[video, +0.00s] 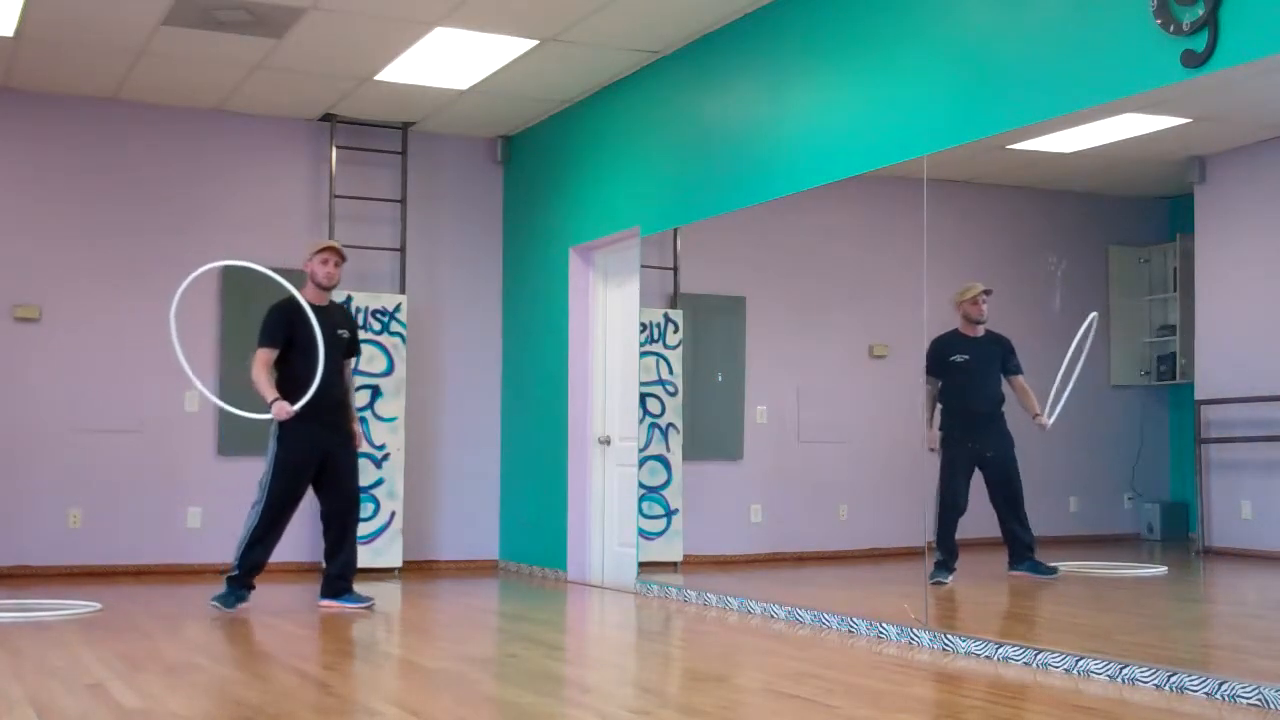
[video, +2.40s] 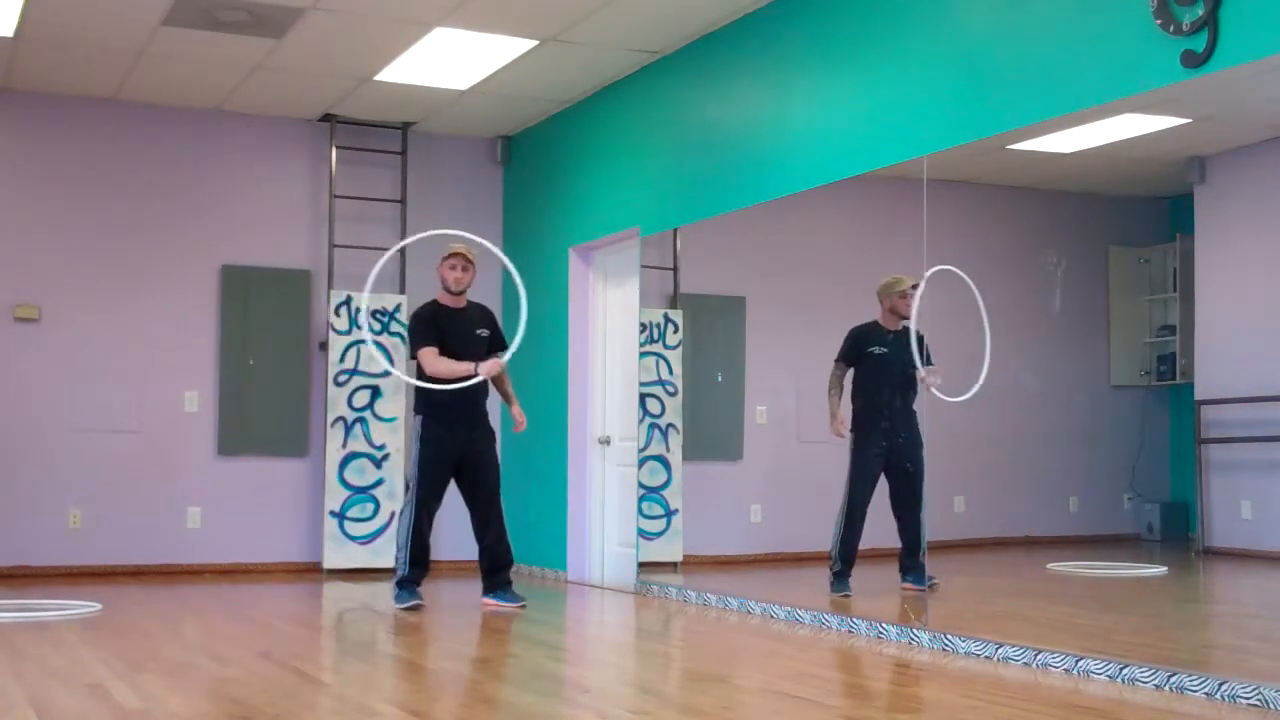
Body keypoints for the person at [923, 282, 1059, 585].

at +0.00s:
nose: (982, 307)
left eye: (984, 302)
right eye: (975, 303)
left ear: (987, 307)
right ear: (961, 308)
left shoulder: (1000, 344)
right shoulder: (941, 345)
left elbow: (1018, 383)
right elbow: (931, 392)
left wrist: (1036, 412)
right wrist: (929, 428)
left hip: (994, 432)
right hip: (957, 434)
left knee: (1010, 496)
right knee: (952, 503)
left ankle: (1021, 558)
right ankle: (944, 564)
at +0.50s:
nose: (970, 302)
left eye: (972, 297)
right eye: (962, 298)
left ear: (977, 301)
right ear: (949, 305)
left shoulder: (991, 341)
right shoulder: (935, 339)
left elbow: (1012, 375)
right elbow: (923, 385)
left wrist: (1016, 400)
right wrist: (923, 424)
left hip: (981, 432)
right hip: (944, 432)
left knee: (978, 502)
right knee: (939, 501)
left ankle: (971, 564)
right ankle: (938, 562)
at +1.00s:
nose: (945, 304)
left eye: (950, 299)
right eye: (938, 300)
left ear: (959, 304)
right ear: (930, 307)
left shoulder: (975, 333)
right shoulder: (922, 343)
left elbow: (984, 355)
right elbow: (910, 391)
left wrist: (984, 372)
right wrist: (909, 430)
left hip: (974, 430)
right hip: (937, 433)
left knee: (975, 502)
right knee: (923, 502)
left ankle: (972, 565)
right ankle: (902, 571)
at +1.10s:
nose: (942, 306)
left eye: (947, 301)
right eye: (935, 302)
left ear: (957, 305)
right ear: (929, 308)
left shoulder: (972, 332)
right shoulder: (921, 344)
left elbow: (984, 344)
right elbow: (909, 390)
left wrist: (976, 347)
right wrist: (906, 429)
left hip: (971, 431)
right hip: (935, 433)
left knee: (974, 503)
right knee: (918, 503)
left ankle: (972, 565)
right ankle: (897, 571)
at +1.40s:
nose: (933, 301)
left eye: (937, 296)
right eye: (927, 296)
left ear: (942, 300)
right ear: (915, 300)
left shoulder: (952, 334)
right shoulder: (899, 338)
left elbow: (980, 351)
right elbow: (883, 386)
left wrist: (982, 319)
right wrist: (883, 427)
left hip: (945, 430)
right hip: (909, 432)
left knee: (957, 499)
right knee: (906, 503)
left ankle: (941, 562)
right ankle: (894, 572)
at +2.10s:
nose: (920, 302)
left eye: (920, 297)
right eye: (914, 297)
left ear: (908, 303)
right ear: (895, 302)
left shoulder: (922, 341)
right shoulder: (869, 336)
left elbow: (951, 378)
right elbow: (845, 377)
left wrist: (966, 355)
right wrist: (836, 415)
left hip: (912, 436)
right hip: (877, 436)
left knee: (915, 505)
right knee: (864, 507)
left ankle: (915, 570)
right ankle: (848, 575)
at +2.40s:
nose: (911, 302)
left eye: (912, 297)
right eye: (904, 297)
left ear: (910, 302)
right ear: (886, 300)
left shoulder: (915, 339)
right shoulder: (860, 335)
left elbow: (931, 373)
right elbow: (837, 375)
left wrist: (928, 377)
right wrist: (835, 412)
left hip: (905, 433)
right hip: (868, 433)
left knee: (910, 506)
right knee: (855, 506)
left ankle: (913, 572)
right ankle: (840, 575)